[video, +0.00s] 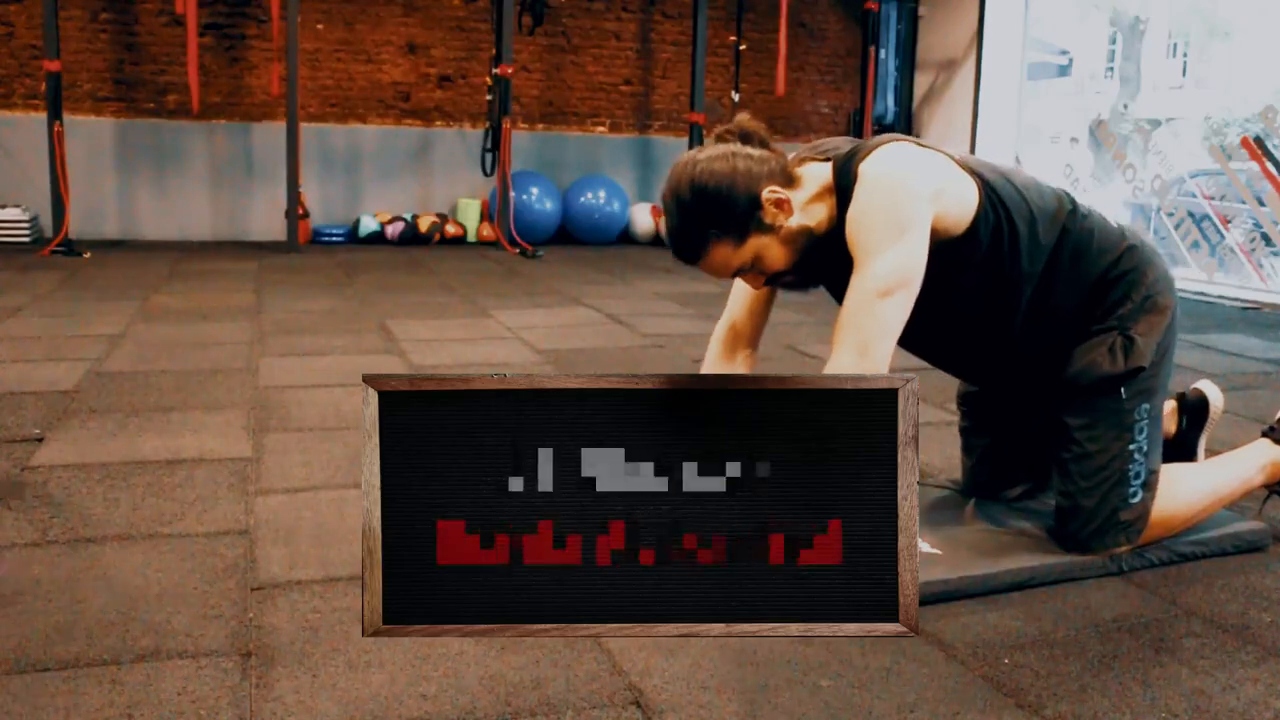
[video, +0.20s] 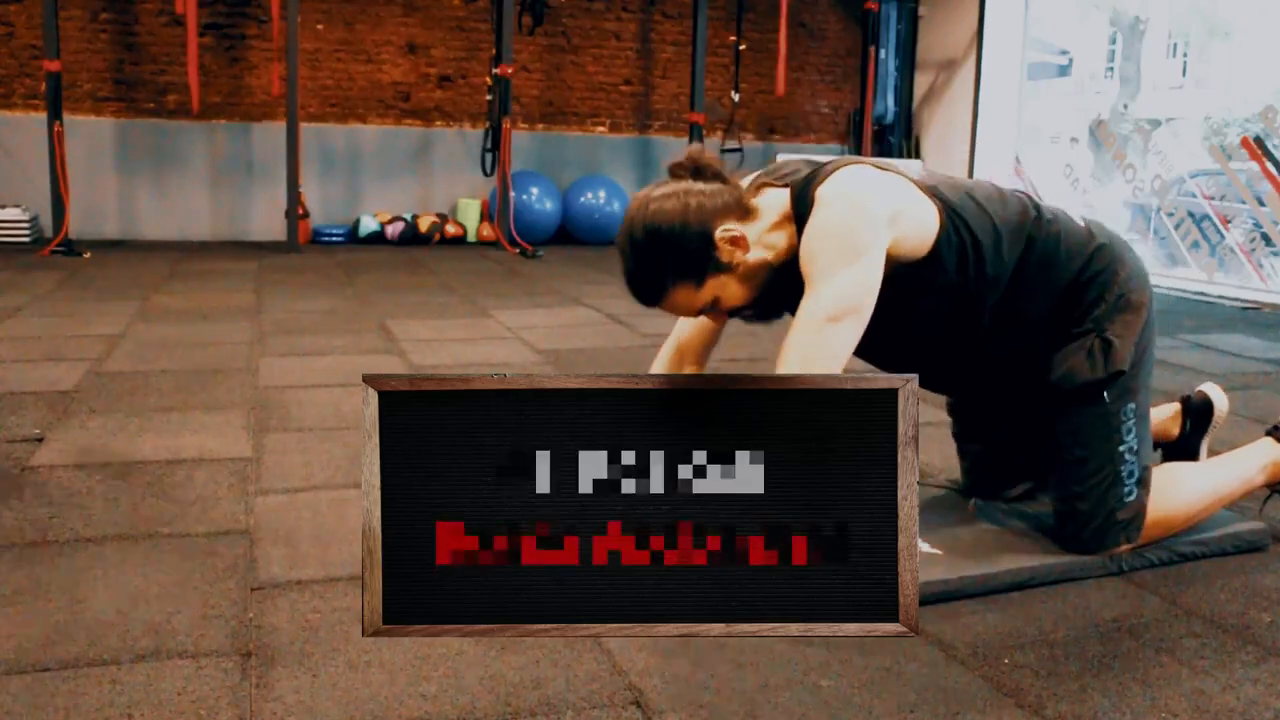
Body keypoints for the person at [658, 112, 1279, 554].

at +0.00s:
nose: (753, 280)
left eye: (752, 264)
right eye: (740, 273)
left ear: (780, 203)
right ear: (771, 201)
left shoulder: (892, 188)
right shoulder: (782, 209)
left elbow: (850, 383)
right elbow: (734, 344)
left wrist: (795, 497)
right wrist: (720, 451)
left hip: (1108, 302)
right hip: (1010, 330)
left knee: (1097, 527)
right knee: (1001, 488)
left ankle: (1270, 456)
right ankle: (1171, 424)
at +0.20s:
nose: (717, 316)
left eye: (710, 304)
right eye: (701, 312)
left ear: (733, 248)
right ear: (729, 243)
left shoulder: (850, 208)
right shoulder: (750, 216)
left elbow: (793, 397)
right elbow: (687, 353)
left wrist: (734, 500)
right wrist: (646, 454)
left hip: (1084, 297)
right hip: (989, 329)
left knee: (1106, 523)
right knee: (997, 480)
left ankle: (1272, 456)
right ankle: (1178, 421)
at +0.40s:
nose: (677, 365)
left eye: (662, 352)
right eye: (655, 361)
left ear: (675, 294)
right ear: (661, 279)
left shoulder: (790, 247)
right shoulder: (695, 238)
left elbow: (727, 421)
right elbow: (619, 375)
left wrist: (634, 492)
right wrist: (566, 461)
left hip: (1047, 297)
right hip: (959, 331)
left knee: (1104, 525)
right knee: (998, 479)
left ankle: (1275, 452)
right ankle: (1181, 419)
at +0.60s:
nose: (638, 370)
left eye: (620, 364)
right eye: (622, 365)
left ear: (625, 327)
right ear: (618, 313)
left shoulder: (721, 291)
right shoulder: (654, 259)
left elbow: (677, 427)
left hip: (1005, 302)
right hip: (939, 323)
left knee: (1101, 525)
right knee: (974, 482)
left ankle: (1273, 455)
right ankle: (1176, 415)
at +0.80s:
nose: (567, 412)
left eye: (544, 406)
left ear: (563, 349)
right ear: (536, 339)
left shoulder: (673, 318)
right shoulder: (575, 326)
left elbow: (564, 460)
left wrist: (400, 538)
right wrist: (333, 527)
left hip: (959, 322)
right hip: (888, 379)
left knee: (1104, 530)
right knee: (1011, 504)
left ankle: (1274, 456)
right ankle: (1177, 413)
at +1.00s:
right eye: (507, 353)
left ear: (509, 371)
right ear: (504, 359)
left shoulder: (630, 369)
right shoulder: (552, 350)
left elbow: (497, 535)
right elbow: (429, 458)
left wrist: (316, 591)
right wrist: (300, 519)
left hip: (919, 351)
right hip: (874, 357)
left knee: (1093, 521)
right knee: (1018, 484)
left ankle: (1263, 460)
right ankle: (1175, 417)